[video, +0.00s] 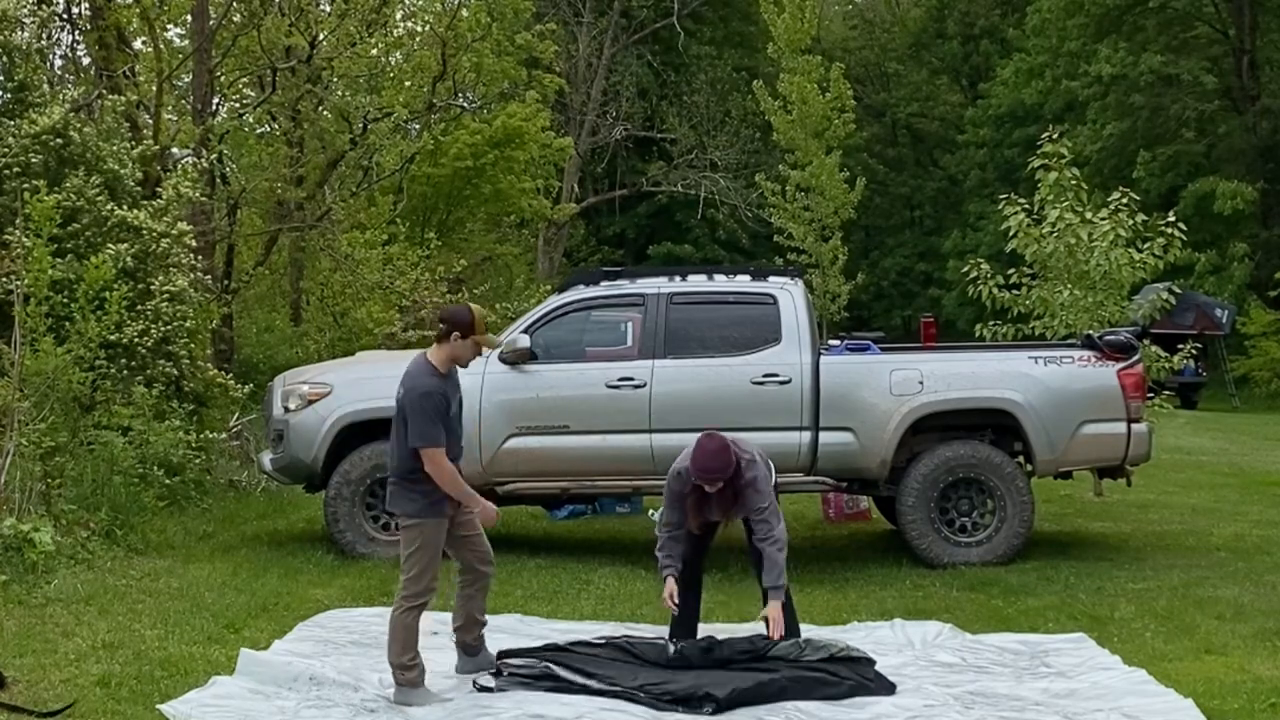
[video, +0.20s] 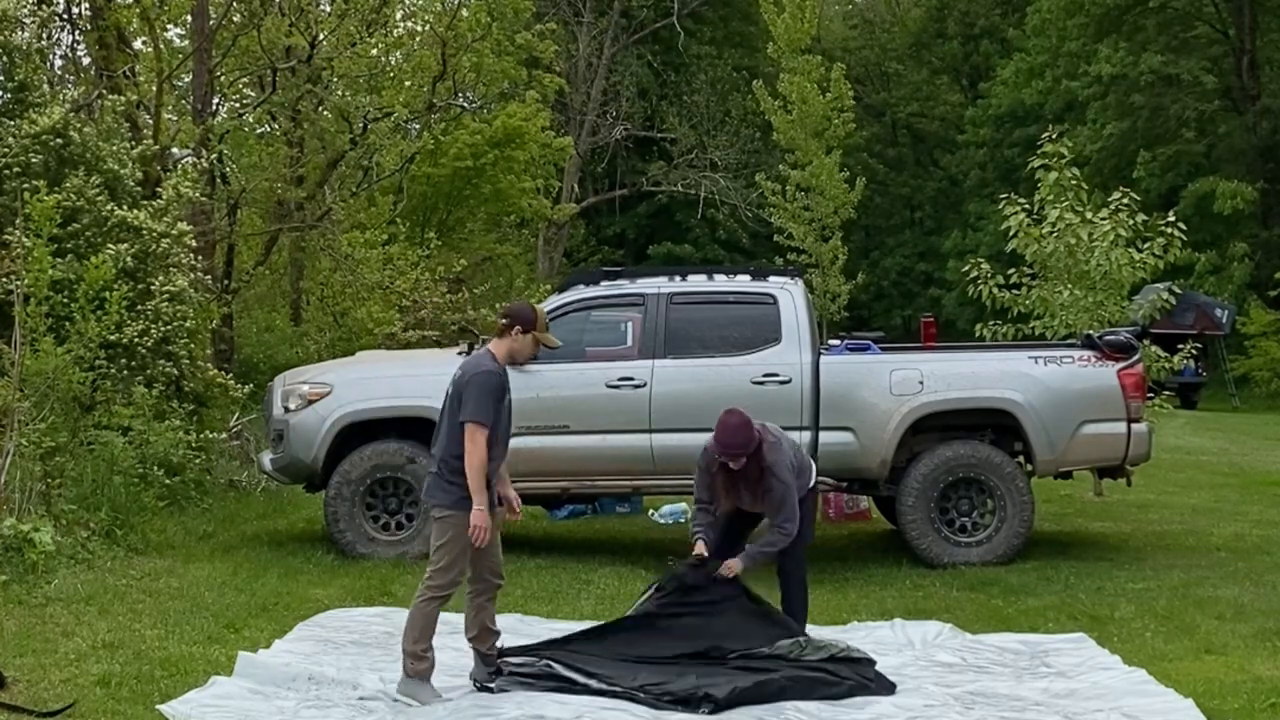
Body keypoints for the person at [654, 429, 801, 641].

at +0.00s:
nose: (709, 488)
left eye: (716, 482)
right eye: (703, 482)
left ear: (730, 471)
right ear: (694, 470)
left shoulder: (753, 471)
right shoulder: (680, 473)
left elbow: (770, 534)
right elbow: (669, 528)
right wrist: (669, 576)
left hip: (751, 499)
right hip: (703, 503)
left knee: (767, 567)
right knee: (687, 569)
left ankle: (789, 644)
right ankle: (681, 645)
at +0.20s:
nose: (732, 464)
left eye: (738, 458)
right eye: (726, 458)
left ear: (752, 447)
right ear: (717, 447)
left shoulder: (775, 457)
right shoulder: (710, 455)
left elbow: (786, 527)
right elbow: (704, 504)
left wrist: (743, 560)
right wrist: (700, 539)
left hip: (794, 493)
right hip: (748, 493)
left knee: (790, 562)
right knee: (717, 554)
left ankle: (794, 636)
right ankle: (717, 628)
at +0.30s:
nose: (740, 471)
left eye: (745, 465)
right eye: (734, 465)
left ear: (759, 455)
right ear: (725, 457)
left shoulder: (785, 462)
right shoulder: (719, 465)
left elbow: (802, 535)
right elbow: (720, 511)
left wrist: (764, 576)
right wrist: (707, 552)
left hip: (808, 493)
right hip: (763, 495)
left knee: (798, 571)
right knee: (756, 571)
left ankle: (797, 639)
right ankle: (773, 634)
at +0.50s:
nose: (742, 504)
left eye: (746, 498)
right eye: (736, 499)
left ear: (761, 489)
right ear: (727, 489)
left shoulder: (789, 487)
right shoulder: (724, 492)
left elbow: (795, 560)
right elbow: (714, 545)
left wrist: (761, 609)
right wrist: (699, 593)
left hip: (815, 499)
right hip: (767, 502)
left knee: (800, 574)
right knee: (755, 570)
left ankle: (797, 640)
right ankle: (774, 635)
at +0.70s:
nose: (740, 459)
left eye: (745, 453)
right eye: (736, 454)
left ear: (761, 446)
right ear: (732, 448)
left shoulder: (792, 455)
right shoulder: (739, 460)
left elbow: (811, 529)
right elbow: (737, 505)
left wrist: (781, 572)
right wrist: (725, 541)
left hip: (834, 488)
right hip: (790, 495)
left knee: (816, 562)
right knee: (769, 568)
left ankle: (840, 644)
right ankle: (776, 638)